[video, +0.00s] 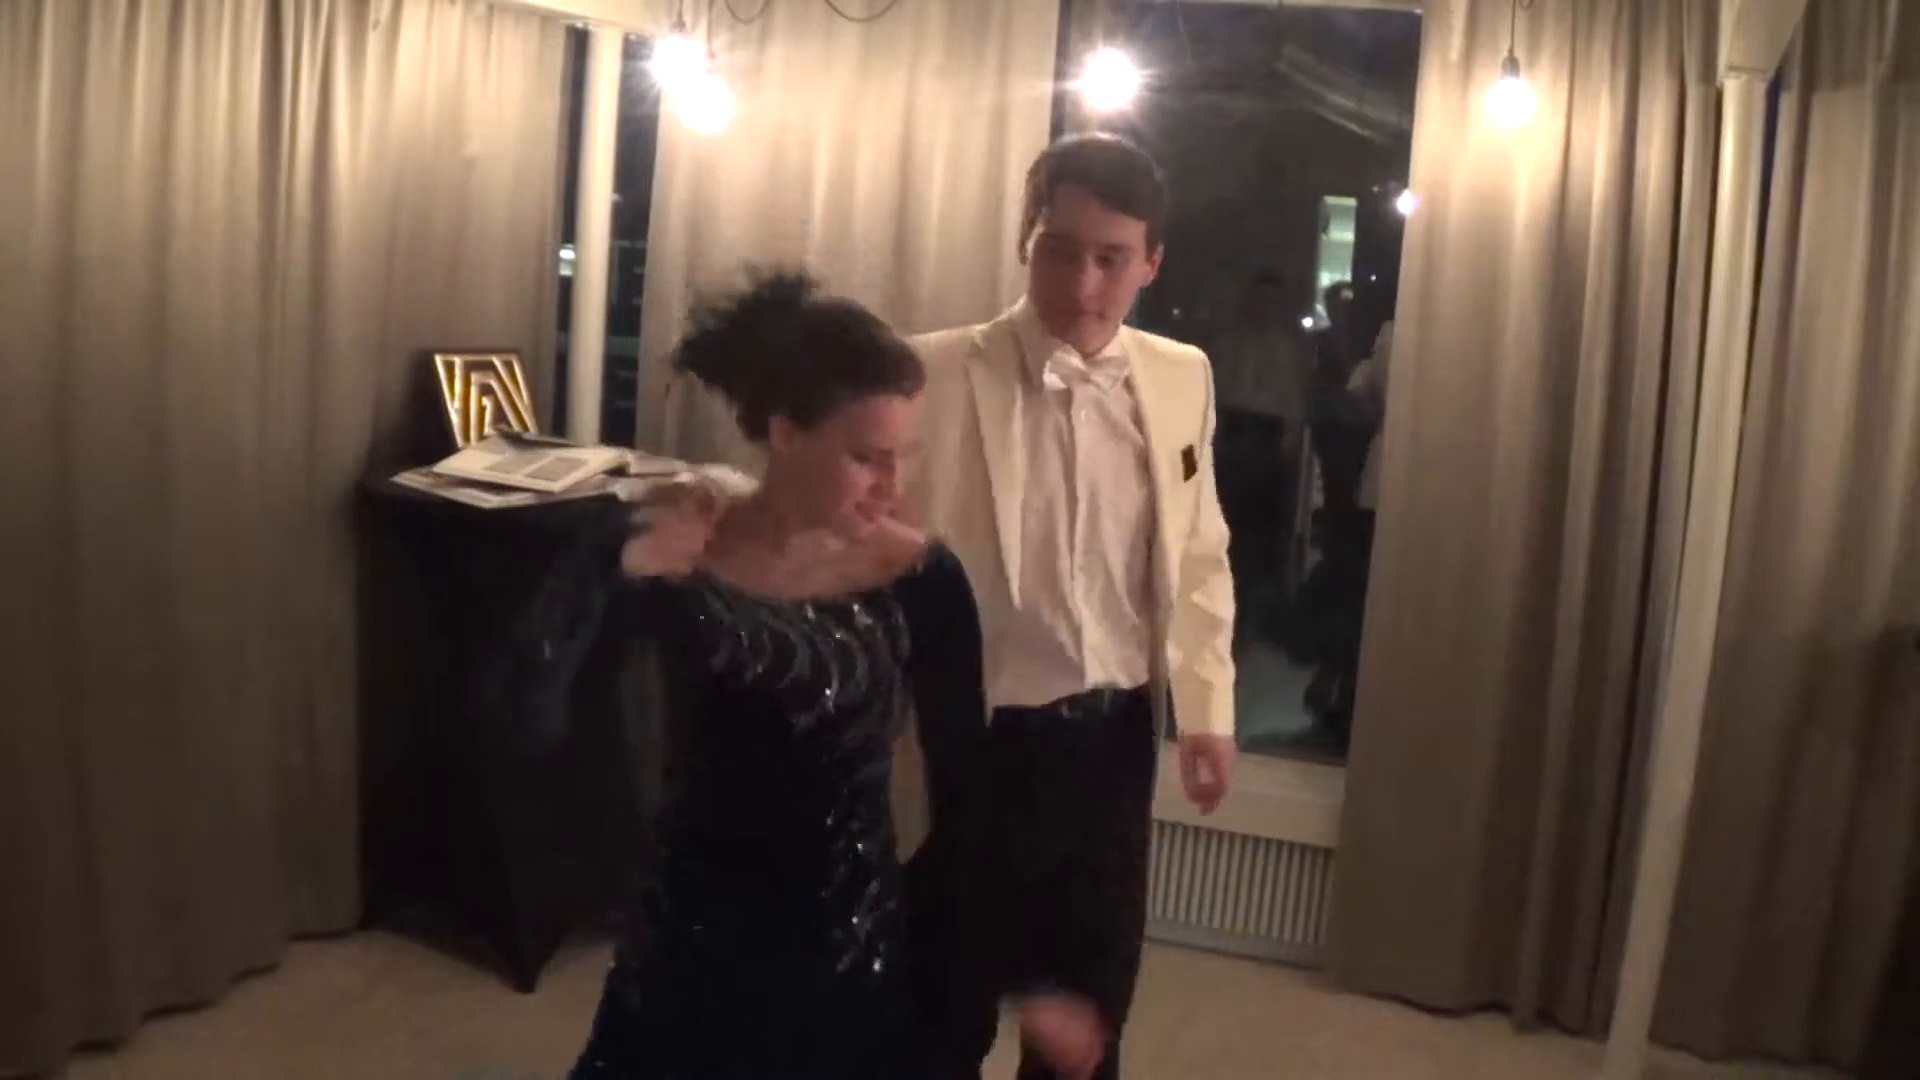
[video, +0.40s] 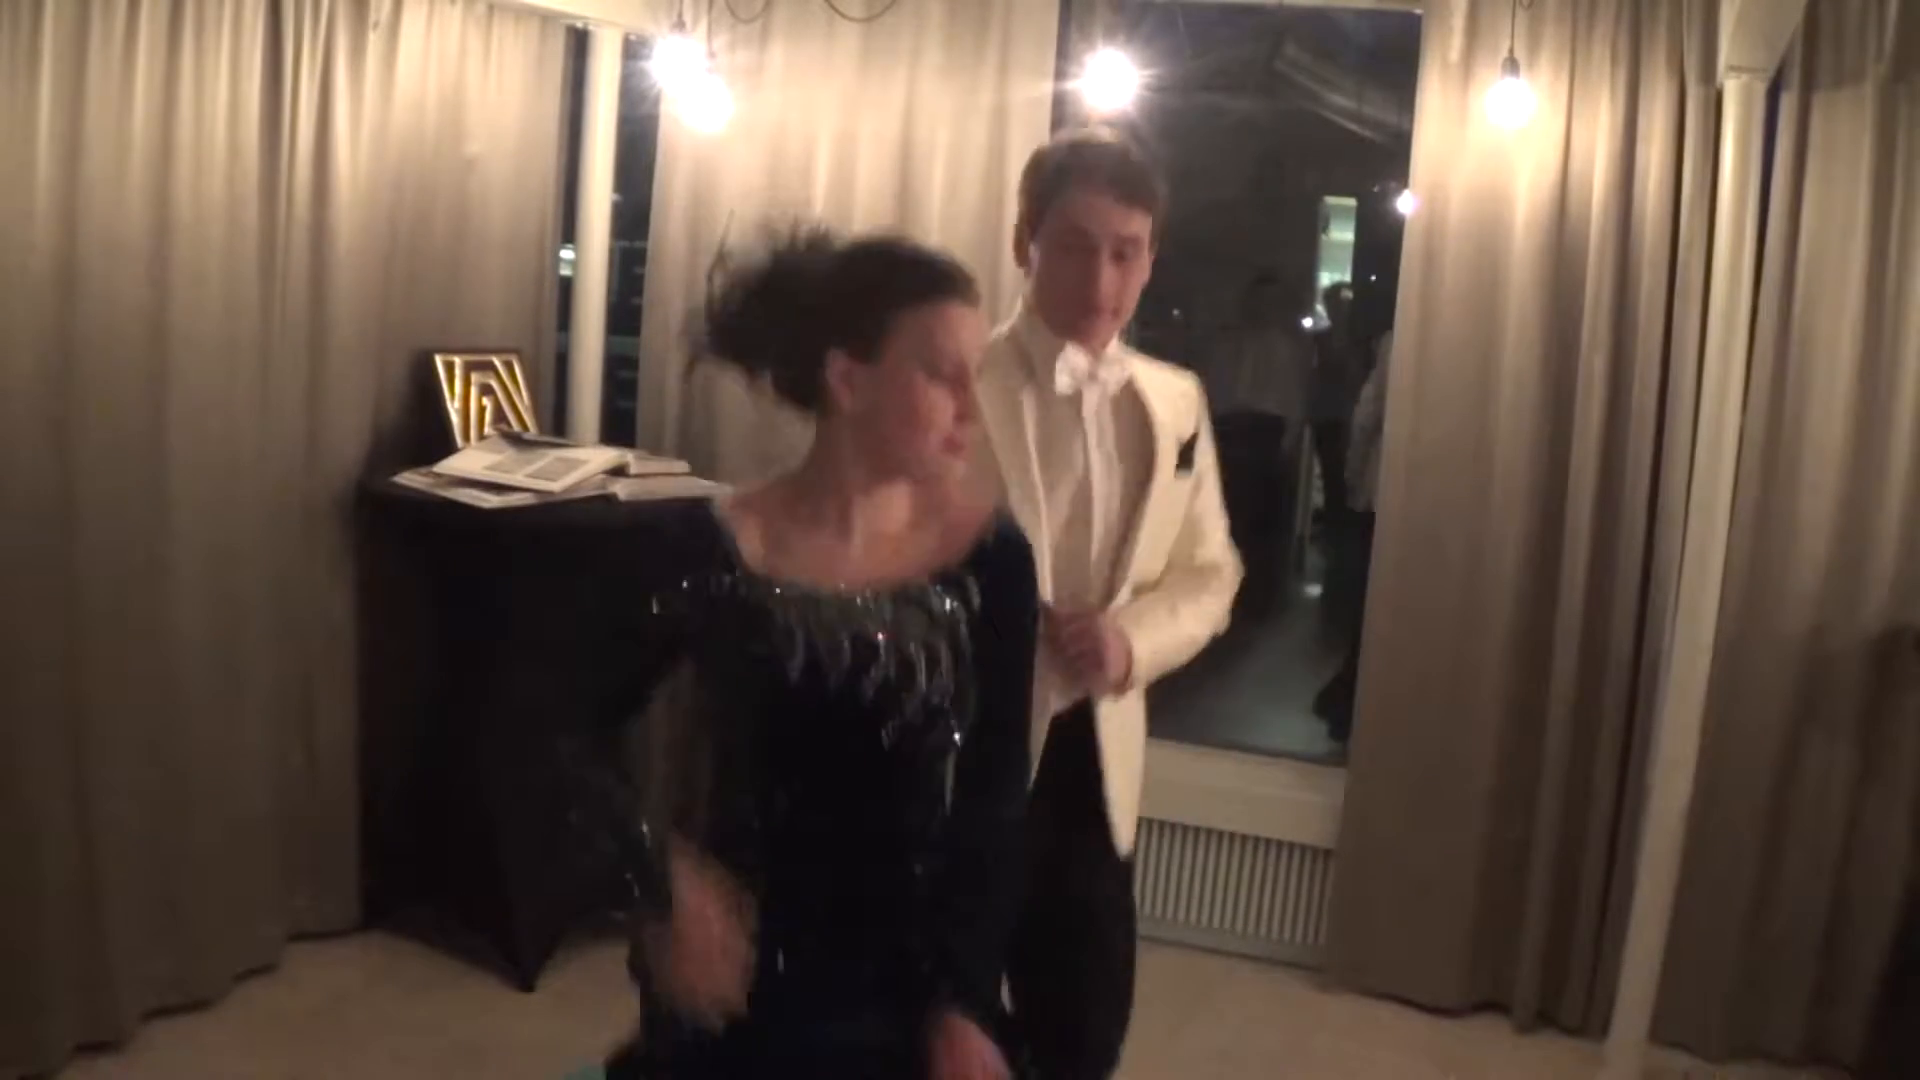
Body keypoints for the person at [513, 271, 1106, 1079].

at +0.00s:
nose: (891, 486)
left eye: (901, 459)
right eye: (868, 459)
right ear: (784, 434)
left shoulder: (917, 578)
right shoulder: (676, 552)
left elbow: (965, 801)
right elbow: (527, 717)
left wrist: (1025, 975)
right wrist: (610, 557)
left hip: (852, 922)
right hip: (699, 916)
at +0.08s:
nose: (896, 496)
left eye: (907, 468)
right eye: (869, 470)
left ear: (920, 457)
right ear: (784, 451)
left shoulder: (929, 601)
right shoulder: (684, 578)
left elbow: (946, 825)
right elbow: (549, 759)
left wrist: (950, 1032)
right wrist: (623, 589)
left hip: (869, 966)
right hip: (705, 957)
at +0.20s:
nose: (925, 408)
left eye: (937, 378)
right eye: (899, 377)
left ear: (951, 375)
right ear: (808, 362)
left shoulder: (956, 517)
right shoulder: (707, 510)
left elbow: (960, 754)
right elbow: (551, 702)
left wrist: (861, 904)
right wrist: (621, 539)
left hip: (888, 914)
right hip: (720, 891)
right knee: (673, 1060)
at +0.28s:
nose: (950, 365)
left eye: (958, 335)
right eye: (923, 334)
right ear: (826, 322)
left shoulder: (976, 485)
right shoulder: (705, 484)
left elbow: (980, 725)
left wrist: (870, 866)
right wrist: (667, 609)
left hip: (898, 906)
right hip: (720, 886)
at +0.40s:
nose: (970, 412)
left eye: (970, 380)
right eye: (942, 378)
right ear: (847, 381)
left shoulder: (985, 559)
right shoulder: (709, 551)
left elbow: (995, 798)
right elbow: (583, 740)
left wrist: (966, 1000)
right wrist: (664, 880)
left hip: (918, 983)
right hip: (750, 987)